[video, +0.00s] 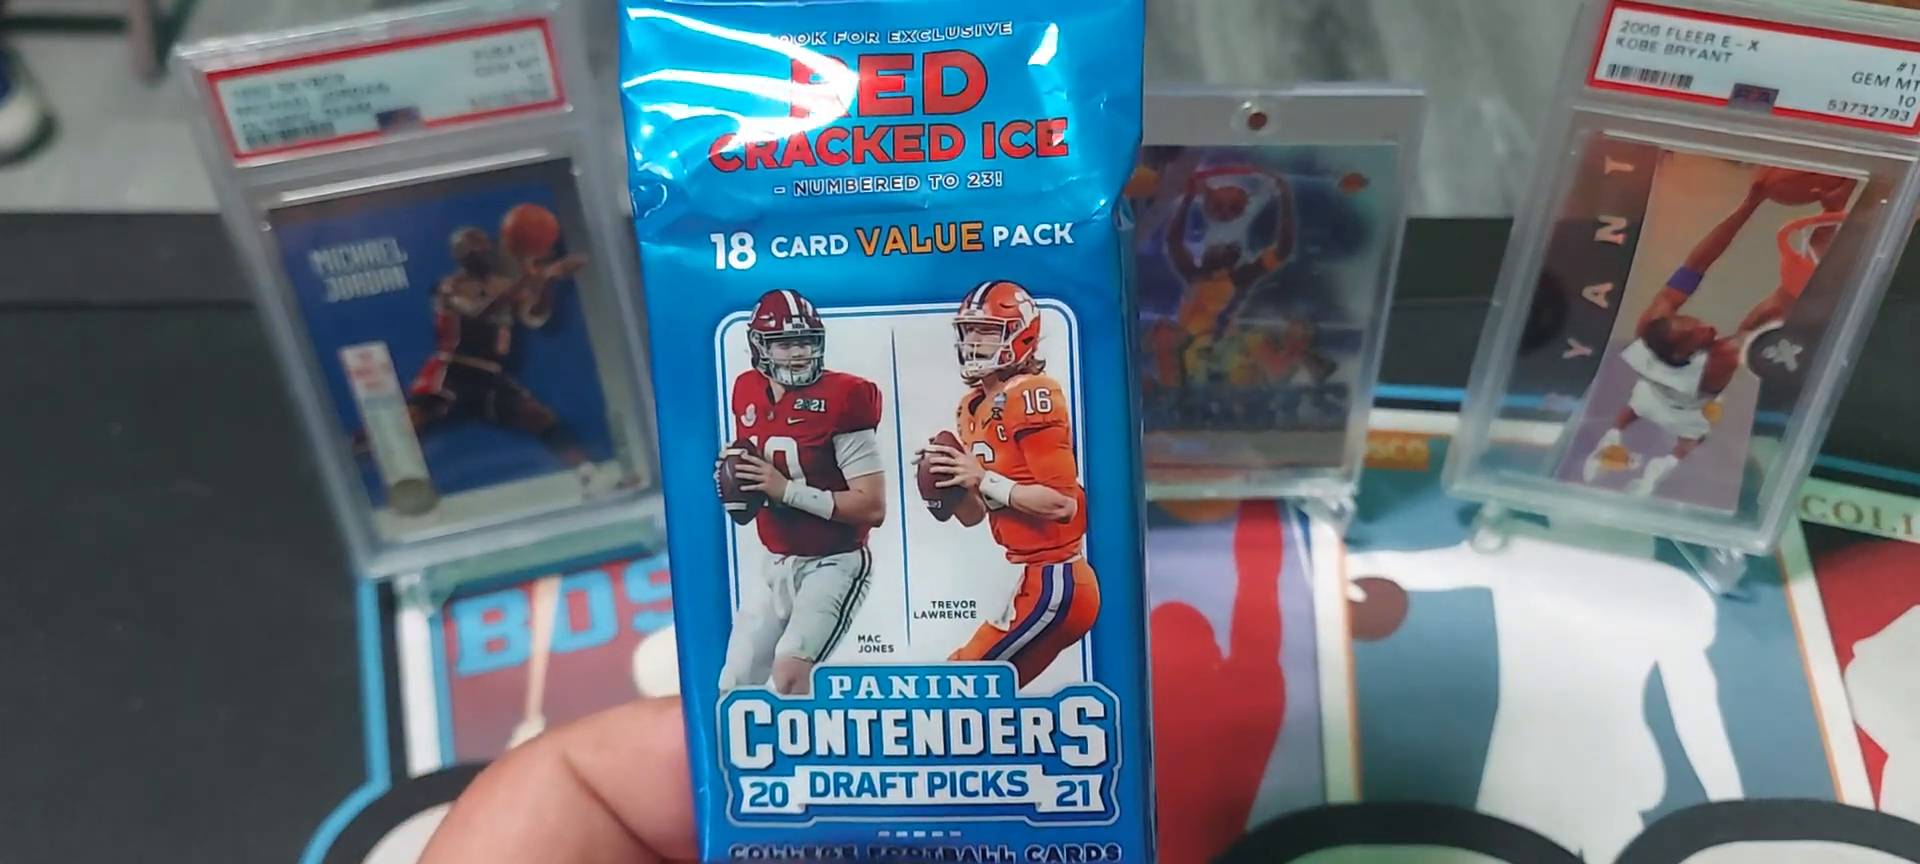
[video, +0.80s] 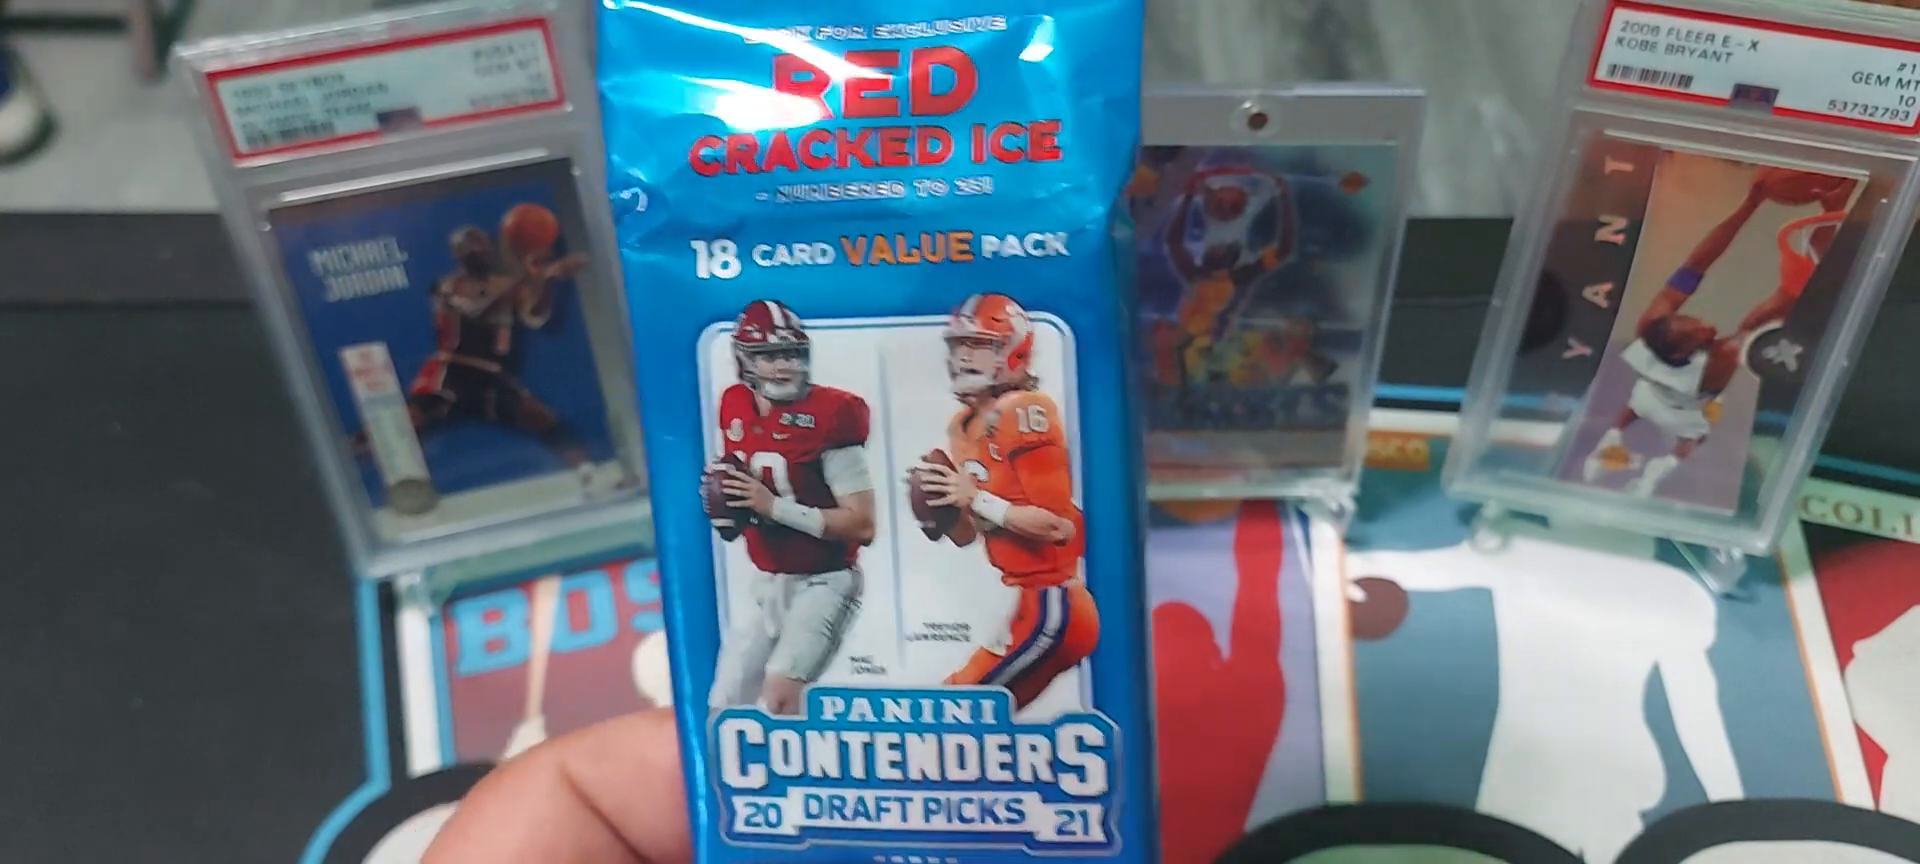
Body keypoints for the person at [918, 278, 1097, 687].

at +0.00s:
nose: (974, 344)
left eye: (987, 333)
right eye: (969, 332)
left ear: (1020, 337)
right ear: (959, 335)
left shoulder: (1032, 394)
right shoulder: (970, 407)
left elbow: (1061, 502)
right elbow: (971, 514)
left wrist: (982, 478)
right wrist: (943, 479)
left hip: (1055, 582)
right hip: (1036, 579)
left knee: (955, 688)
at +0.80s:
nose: (962, 358)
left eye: (978, 347)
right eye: (957, 345)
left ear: (1012, 355)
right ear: (947, 350)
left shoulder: (1025, 410)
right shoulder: (961, 424)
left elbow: (1058, 524)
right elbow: (964, 534)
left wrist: (975, 498)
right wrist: (935, 505)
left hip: (1052, 605)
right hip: (1029, 602)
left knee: (951, 712)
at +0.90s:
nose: (1033, 381)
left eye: (1049, 369)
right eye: (1028, 367)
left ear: (1083, 378)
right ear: (1018, 371)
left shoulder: (1095, 435)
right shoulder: (1032, 447)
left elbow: (1124, 551)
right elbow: (1029, 558)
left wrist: (1041, 523)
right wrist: (999, 528)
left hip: (1115, 633)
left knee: (1012, 739)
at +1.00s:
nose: (1087, 412)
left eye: (1103, 399)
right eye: (1082, 398)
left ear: (1139, 409)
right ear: (1074, 401)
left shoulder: (1151, 468)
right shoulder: (1086, 479)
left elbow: (1180, 587)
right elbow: (1081, 592)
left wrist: (1093, 556)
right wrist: (1050, 563)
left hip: (1169, 672)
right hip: (1145, 668)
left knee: (1057, 778)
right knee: (1073, 788)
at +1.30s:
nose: (1142, 409)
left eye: (1158, 398)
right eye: (1139, 397)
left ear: (1194, 406)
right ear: (1130, 400)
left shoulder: (1203, 468)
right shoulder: (1134, 474)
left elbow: (1222, 584)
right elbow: (1126, 588)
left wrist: (1140, 551)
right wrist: (1097, 555)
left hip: (1210, 669)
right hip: (1186, 664)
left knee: (1093, 768)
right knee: (1108, 779)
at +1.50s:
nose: (1187, 383)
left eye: (1203, 373)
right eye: (1184, 369)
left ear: (1238, 382)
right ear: (1173, 370)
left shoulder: (1242, 443)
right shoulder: (1173, 445)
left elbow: (1253, 559)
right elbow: (1158, 558)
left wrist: (1173, 522)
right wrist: (1135, 522)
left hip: (1236, 642)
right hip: (1213, 637)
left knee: (1112, 735)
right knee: (1129, 746)